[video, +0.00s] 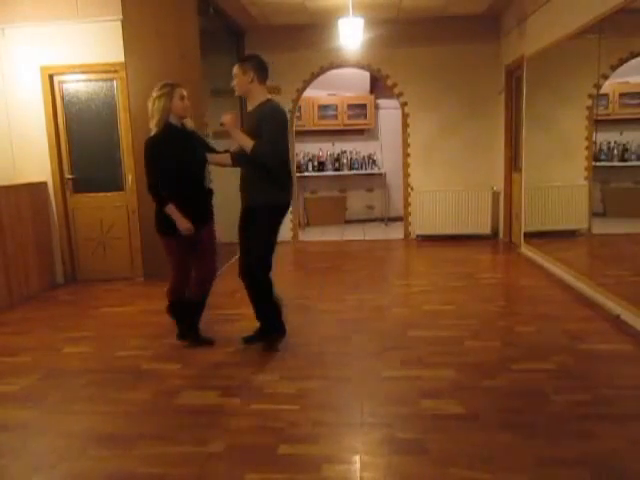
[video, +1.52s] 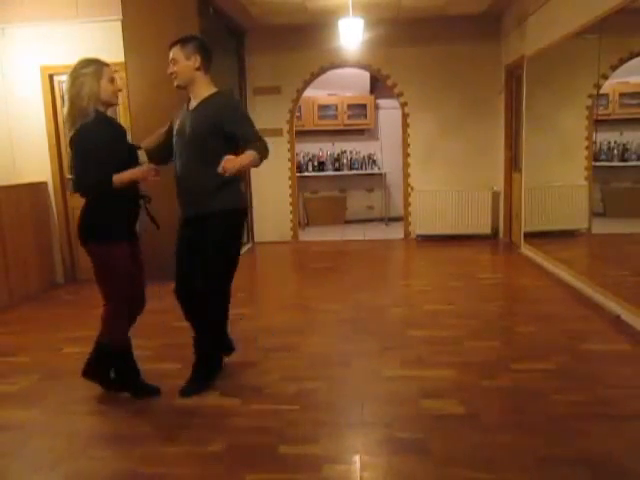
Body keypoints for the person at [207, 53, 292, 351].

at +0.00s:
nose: (233, 83)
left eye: (237, 77)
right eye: (233, 77)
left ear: (252, 77)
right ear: (250, 79)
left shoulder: (271, 112)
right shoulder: (254, 113)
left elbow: (269, 156)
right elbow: (244, 156)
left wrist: (235, 133)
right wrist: (205, 156)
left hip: (269, 200)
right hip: (255, 200)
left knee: (254, 268)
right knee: (250, 268)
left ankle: (273, 327)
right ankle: (268, 325)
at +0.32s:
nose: (216, 78)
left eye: (219, 71)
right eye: (216, 72)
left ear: (237, 70)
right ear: (235, 72)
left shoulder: (256, 107)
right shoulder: (239, 109)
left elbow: (256, 149)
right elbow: (230, 158)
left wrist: (223, 120)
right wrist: (194, 161)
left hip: (248, 203)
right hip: (238, 202)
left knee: (225, 276)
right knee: (248, 264)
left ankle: (240, 360)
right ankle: (272, 324)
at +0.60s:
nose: (199, 77)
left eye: (203, 70)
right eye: (199, 71)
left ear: (223, 69)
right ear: (221, 70)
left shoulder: (243, 106)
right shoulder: (222, 112)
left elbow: (247, 145)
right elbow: (196, 157)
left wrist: (209, 111)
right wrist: (154, 158)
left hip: (243, 207)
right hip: (228, 208)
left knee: (209, 274)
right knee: (226, 277)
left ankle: (243, 363)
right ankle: (243, 362)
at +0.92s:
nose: (185, 72)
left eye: (189, 64)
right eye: (185, 65)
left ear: (210, 64)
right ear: (205, 67)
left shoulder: (241, 104)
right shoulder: (207, 114)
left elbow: (266, 152)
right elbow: (180, 161)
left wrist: (237, 136)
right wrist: (135, 159)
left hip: (241, 206)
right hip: (220, 207)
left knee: (199, 279)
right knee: (237, 286)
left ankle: (228, 354)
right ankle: (274, 356)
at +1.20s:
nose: (169, 69)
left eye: (174, 61)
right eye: (169, 63)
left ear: (195, 62)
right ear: (189, 64)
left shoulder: (223, 102)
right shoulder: (191, 113)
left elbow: (261, 153)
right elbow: (181, 167)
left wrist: (260, 153)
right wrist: (140, 169)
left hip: (219, 211)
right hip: (200, 212)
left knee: (196, 288)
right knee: (197, 288)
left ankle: (210, 370)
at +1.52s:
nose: (169, 69)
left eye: (174, 62)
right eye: (169, 63)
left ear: (197, 62)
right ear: (186, 65)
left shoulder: (224, 103)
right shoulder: (185, 113)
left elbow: (259, 148)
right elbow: (158, 154)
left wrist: (242, 160)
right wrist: (121, 153)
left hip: (223, 212)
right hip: (194, 213)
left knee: (212, 289)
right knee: (186, 287)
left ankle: (204, 371)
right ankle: (218, 341)